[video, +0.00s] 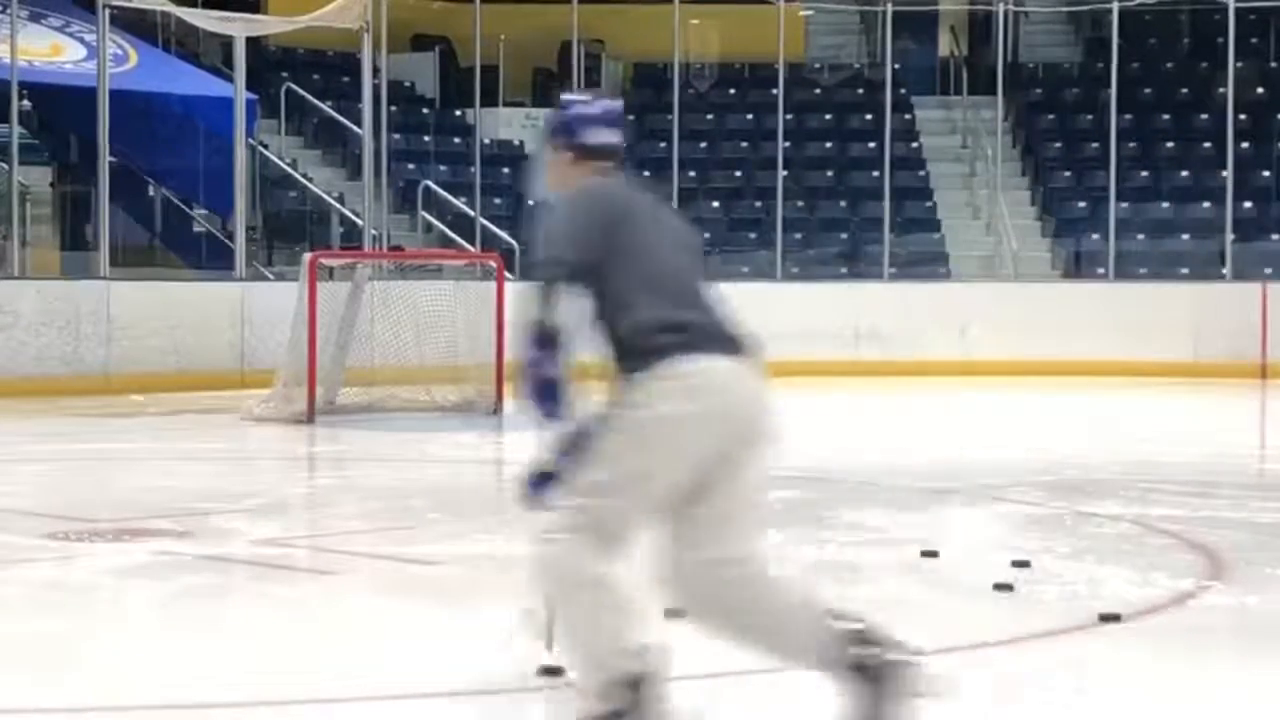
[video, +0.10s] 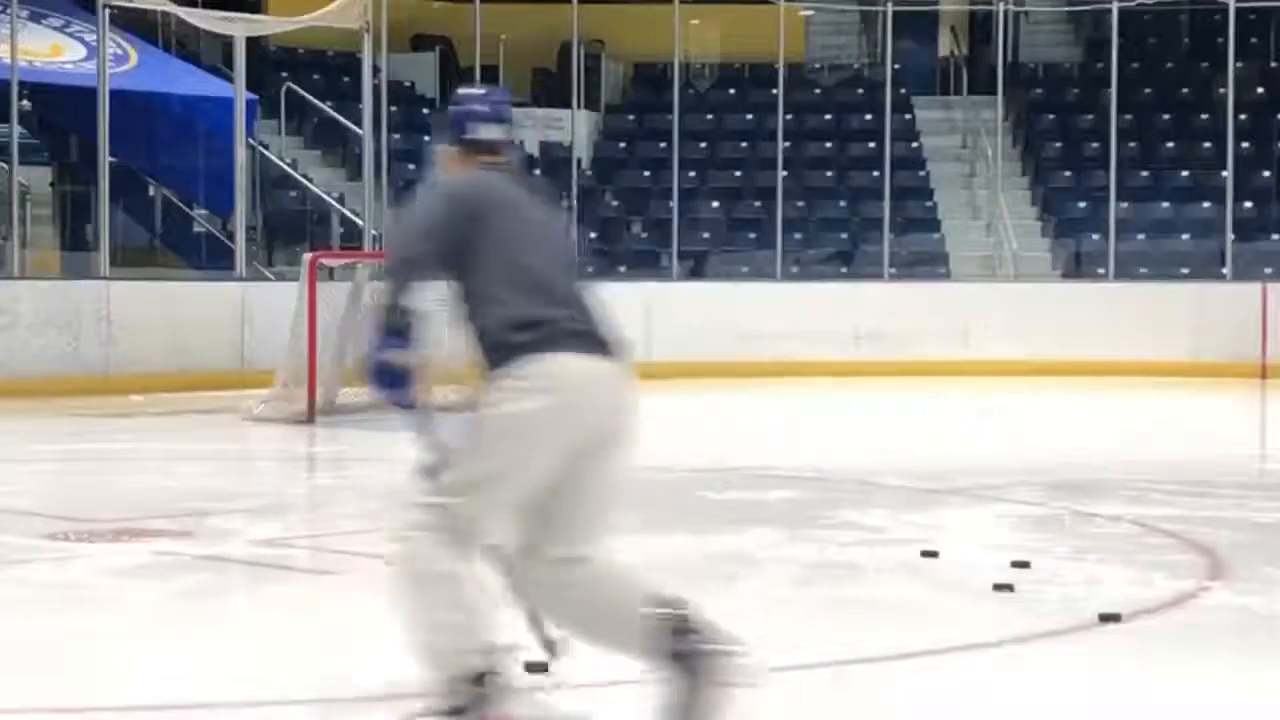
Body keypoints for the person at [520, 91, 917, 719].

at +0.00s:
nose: (546, 168)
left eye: (551, 155)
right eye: (549, 155)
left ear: (569, 154)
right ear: (612, 154)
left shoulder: (578, 204)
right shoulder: (656, 213)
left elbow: (545, 326)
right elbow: (660, 366)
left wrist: (552, 419)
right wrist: (574, 452)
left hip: (679, 385)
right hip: (742, 386)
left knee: (573, 534)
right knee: (708, 569)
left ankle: (623, 687)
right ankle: (859, 654)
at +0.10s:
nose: (438, 161)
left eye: (442, 151)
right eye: (444, 151)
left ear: (455, 149)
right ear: (506, 150)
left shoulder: (457, 191)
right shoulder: (538, 204)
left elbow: (405, 253)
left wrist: (393, 332)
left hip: (542, 380)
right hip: (608, 381)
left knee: (434, 528)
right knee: (546, 562)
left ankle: (472, 681)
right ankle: (677, 636)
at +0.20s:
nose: (363, 162)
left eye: (363, 151)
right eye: (374, 152)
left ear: (362, 147)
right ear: (419, 149)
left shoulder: (356, 191)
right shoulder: (444, 210)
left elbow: (282, 239)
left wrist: (278, 313)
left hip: (406, 379)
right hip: (473, 384)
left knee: (312, 519)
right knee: (399, 549)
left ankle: (323, 673)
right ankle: (508, 628)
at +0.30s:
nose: (350, 166)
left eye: (349, 154)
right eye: (345, 154)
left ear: (281, 148)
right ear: (327, 152)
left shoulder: (254, 189)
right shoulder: (348, 212)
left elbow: (169, 239)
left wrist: (183, 315)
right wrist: (234, 350)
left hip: (286, 379)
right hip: (358, 384)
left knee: (200, 509)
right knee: (283, 524)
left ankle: (191, 662)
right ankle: (368, 618)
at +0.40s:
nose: (283, 169)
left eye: (282, 156)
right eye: (278, 156)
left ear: (215, 148)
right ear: (255, 156)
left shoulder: (167, 187)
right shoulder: (274, 219)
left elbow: (80, 244)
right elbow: (250, 310)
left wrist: (109, 301)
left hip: (175, 371)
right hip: (255, 380)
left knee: (94, 513)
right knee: (204, 511)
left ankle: (75, 656)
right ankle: (263, 604)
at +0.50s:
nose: (221, 174)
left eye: (222, 161)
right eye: (216, 161)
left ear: (154, 155)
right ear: (195, 162)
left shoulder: (99, 192)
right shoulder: (212, 234)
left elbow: (11, 234)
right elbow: (202, 333)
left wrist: (39, 297)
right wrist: (192, 404)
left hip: (89, 366)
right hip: (169, 380)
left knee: (16, 504)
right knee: (146, 497)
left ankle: (5, 610)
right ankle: (183, 589)